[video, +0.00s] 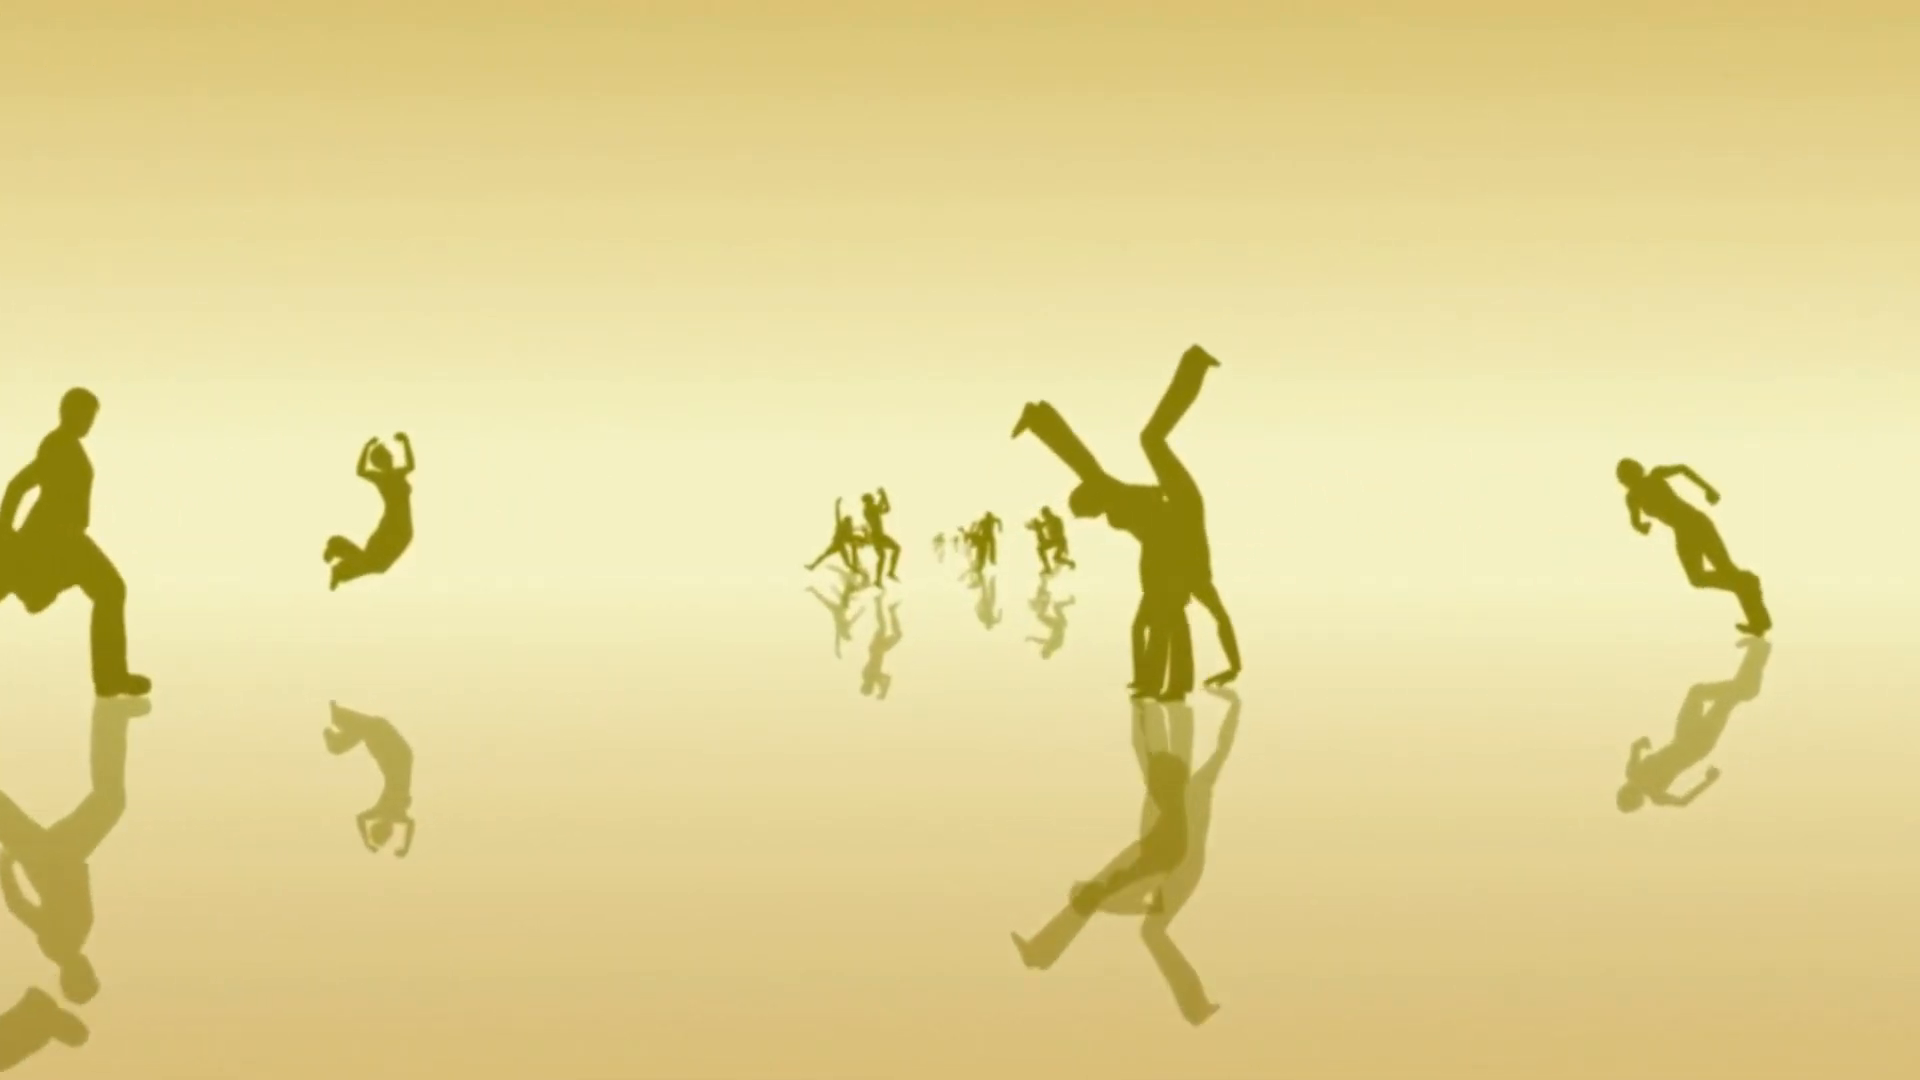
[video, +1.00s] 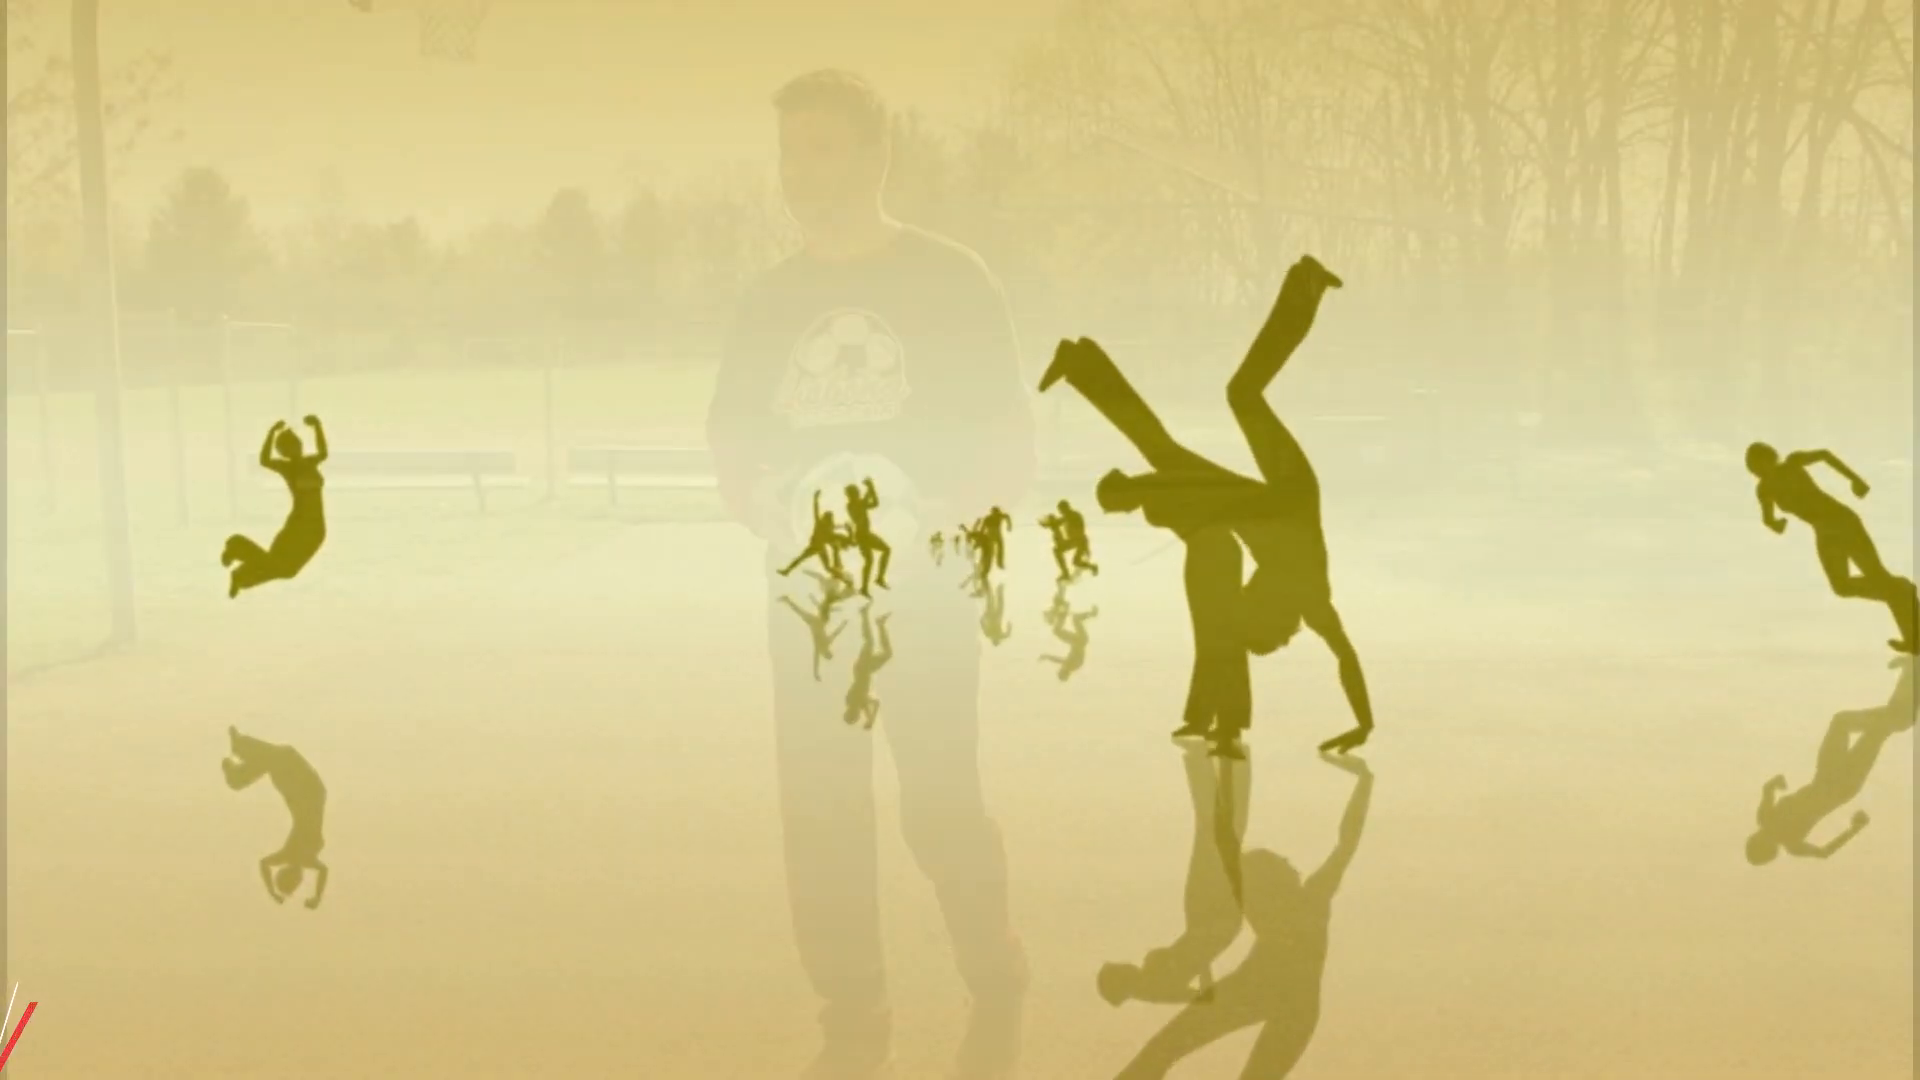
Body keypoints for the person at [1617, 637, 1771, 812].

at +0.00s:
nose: (1635, 802)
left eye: (1631, 801)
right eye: (1633, 804)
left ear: (1627, 790)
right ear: (1635, 801)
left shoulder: (1633, 774)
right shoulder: (1656, 796)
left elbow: (1634, 752)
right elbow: (1682, 802)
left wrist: (1640, 745)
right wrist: (1708, 782)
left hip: (1683, 737)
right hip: (1698, 747)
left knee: (1695, 693)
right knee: (1727, 702)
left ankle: (1738, 688)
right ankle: (1758, 650)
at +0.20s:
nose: (1660, 813)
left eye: (1655, 812)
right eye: (1657, 815)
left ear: (1651, 801)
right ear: (1659, 810)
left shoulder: (1656, 782)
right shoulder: (1681, 804)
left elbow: (1657, 759)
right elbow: (1707, 811)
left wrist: (1663, 751)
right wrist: (1734, 790)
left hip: (1708, 744)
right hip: (1724, 753)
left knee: (1720, 698)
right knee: (1755, 706)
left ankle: (1765, 692)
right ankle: (1786, 652)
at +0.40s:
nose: (1685, 821)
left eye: (1680, 821)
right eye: (1682, 823)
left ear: (1675, 809)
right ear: (1684, 819)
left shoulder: (1681, 791)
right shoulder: (1706, 814)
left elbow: (1682, 768)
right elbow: (1733, 820)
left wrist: (1688, 759)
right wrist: (1761, 799)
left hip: (1734, 751)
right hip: (1750, 762)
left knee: (1747, 704)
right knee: (1784, 710)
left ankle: (1792, 698)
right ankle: (1815, 658)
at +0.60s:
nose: (1710, 831)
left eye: (1705, 830)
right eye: (1708, 833)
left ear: (1701, 818)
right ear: (1710, 830)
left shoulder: (1707, 799)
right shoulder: (1733, 824)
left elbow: (1709, 776)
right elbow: (1761, 830)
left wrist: (1715, 767)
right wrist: (1790, 808)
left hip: (1763, 758)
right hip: (1780, 769)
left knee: (1776, 709)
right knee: (1813, 717)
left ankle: (1823, 703)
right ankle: (1846, 663)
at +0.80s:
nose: (1738, 841)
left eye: (1733, 839)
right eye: (1735, 843)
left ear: (1729, 827)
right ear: (1738, 841)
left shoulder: (1736, 809)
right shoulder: (1762, 834)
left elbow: (1737, 785)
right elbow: (1792, 840)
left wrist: (1743, 775)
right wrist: (1821, 819)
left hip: (1793, 767)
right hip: (1810, 778)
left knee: (1807, 716)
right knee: (1845, 723)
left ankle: (1857, 709)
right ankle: (1879, 667)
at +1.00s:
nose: (1767, 846)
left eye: (1762, 846)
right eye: (1766, 850)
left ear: (1758, 838)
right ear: (1769, 850)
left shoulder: (1765, 818)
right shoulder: (1793, 845)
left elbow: (1767, 789)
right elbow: (1824, 853)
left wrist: (1776, 783)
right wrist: (1855, 828)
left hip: (1826, 773)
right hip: (1845, 787)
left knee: (1840, 722)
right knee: (1879, 729)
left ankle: (1890, 716)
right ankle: (1911, 666)